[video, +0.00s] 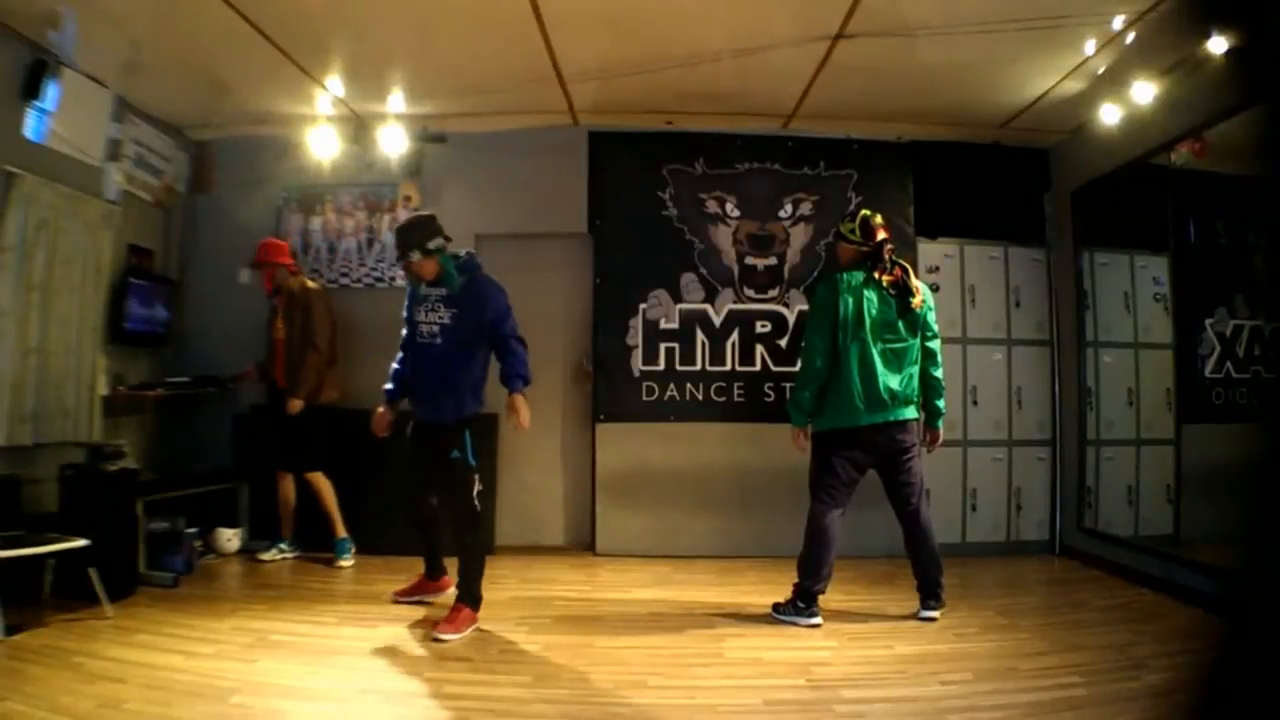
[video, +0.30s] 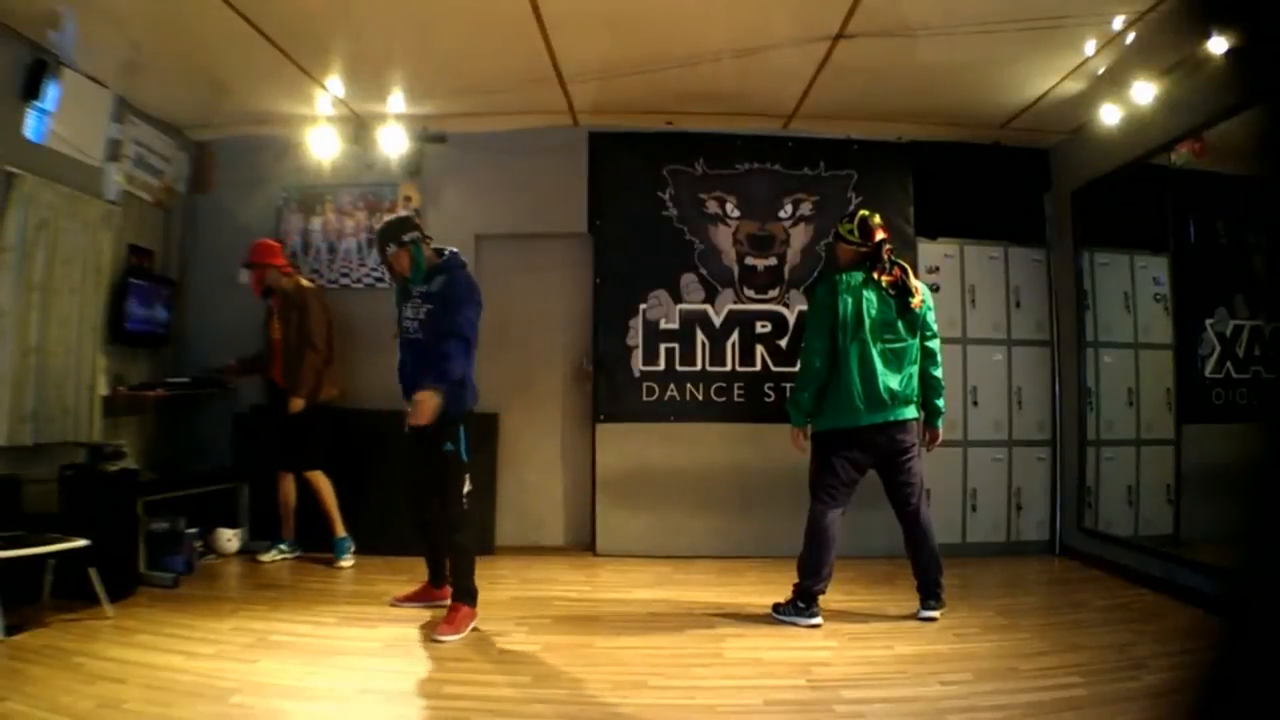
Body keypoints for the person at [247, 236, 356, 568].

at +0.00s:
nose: (264, 277)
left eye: (267, 270)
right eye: (262, 271)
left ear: (283, 267)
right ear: (271, 270)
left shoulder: (311, 294)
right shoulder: (279, 299)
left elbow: (318, 348)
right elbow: (279, 349)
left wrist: (301, 392)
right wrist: (262, 372)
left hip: (310, 395)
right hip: (281, 393)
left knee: (310, 467)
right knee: (283, 468)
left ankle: (342, 538)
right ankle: (287, 540)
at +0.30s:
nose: (255, 279)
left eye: (258, 271)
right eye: (254, 272)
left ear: (273, 268)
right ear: (270, 270)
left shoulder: (307, 296)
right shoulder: (276, 301)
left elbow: (316, 348)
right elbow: (273, 355)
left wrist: (302, 391)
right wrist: (240, 369)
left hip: (310, 395)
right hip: (282, 393)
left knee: (310, 465)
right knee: (285, 467)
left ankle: (341, 537)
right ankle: (287, 540)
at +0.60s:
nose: (250, 278)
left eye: (253, 271)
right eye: (249, 272)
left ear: (270, 267)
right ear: (262, 270)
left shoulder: (307, 292)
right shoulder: (266, 304)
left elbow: (324, 344)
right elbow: (257, 352)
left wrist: (314, 387)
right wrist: (221, 367)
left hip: (307, 392)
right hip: (277, 391)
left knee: (311, 464)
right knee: (283, 467)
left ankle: (338, 539)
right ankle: (286, 540)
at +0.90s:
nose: (281, 268)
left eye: (286, 261)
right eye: (275, 262)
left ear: (297, 262)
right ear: (266, 267)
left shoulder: (320, 295)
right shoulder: (264, 305)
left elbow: (343, 343)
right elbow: (250, 350)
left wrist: (347, 385)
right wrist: (213, 368)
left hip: (319, 393)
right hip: (282, 392)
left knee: (332, 465)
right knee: (286, 467)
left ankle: (350, 540)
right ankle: (286, 540)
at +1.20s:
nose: (335, 272)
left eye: (339, 266)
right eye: (329, 265)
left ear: (347, 269)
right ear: (315, 266)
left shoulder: (357, 305)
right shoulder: (290, 303)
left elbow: (367, 353)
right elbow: (273, 346)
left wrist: (371, 399)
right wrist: (267, 376)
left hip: (344, 399)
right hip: (301, 395)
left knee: (357, 471)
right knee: (295, 470)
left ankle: (365, 545)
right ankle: (288, 541)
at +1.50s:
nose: (397, 279)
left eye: (401, 273)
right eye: (393, 272)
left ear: (406, 276)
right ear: (380, 271)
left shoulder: (406, 306)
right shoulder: (353, 300)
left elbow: (408, 354)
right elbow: (348, 357)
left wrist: (409, 396)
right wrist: (368, 401)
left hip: (395, 398)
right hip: (360, 396)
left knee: (391, 475)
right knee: (353, 473)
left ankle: (369, 546)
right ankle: (312, 532)